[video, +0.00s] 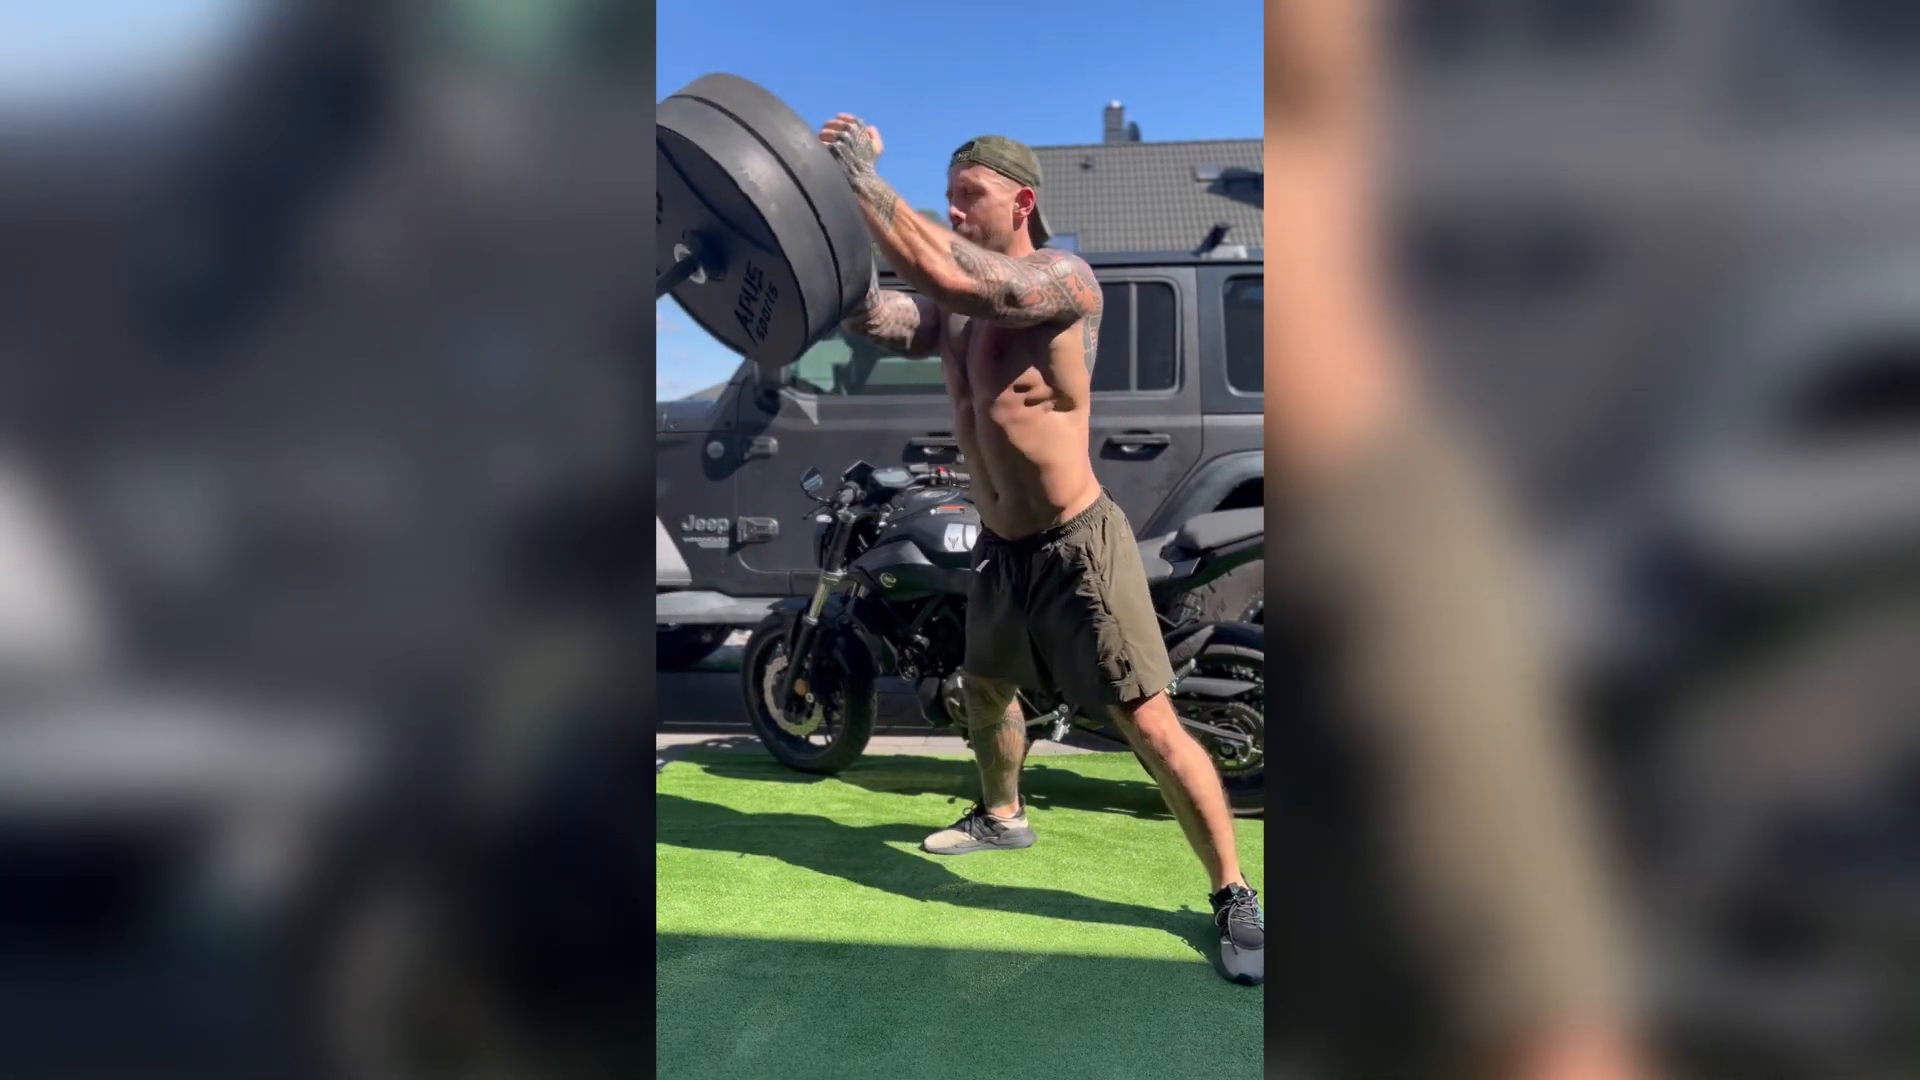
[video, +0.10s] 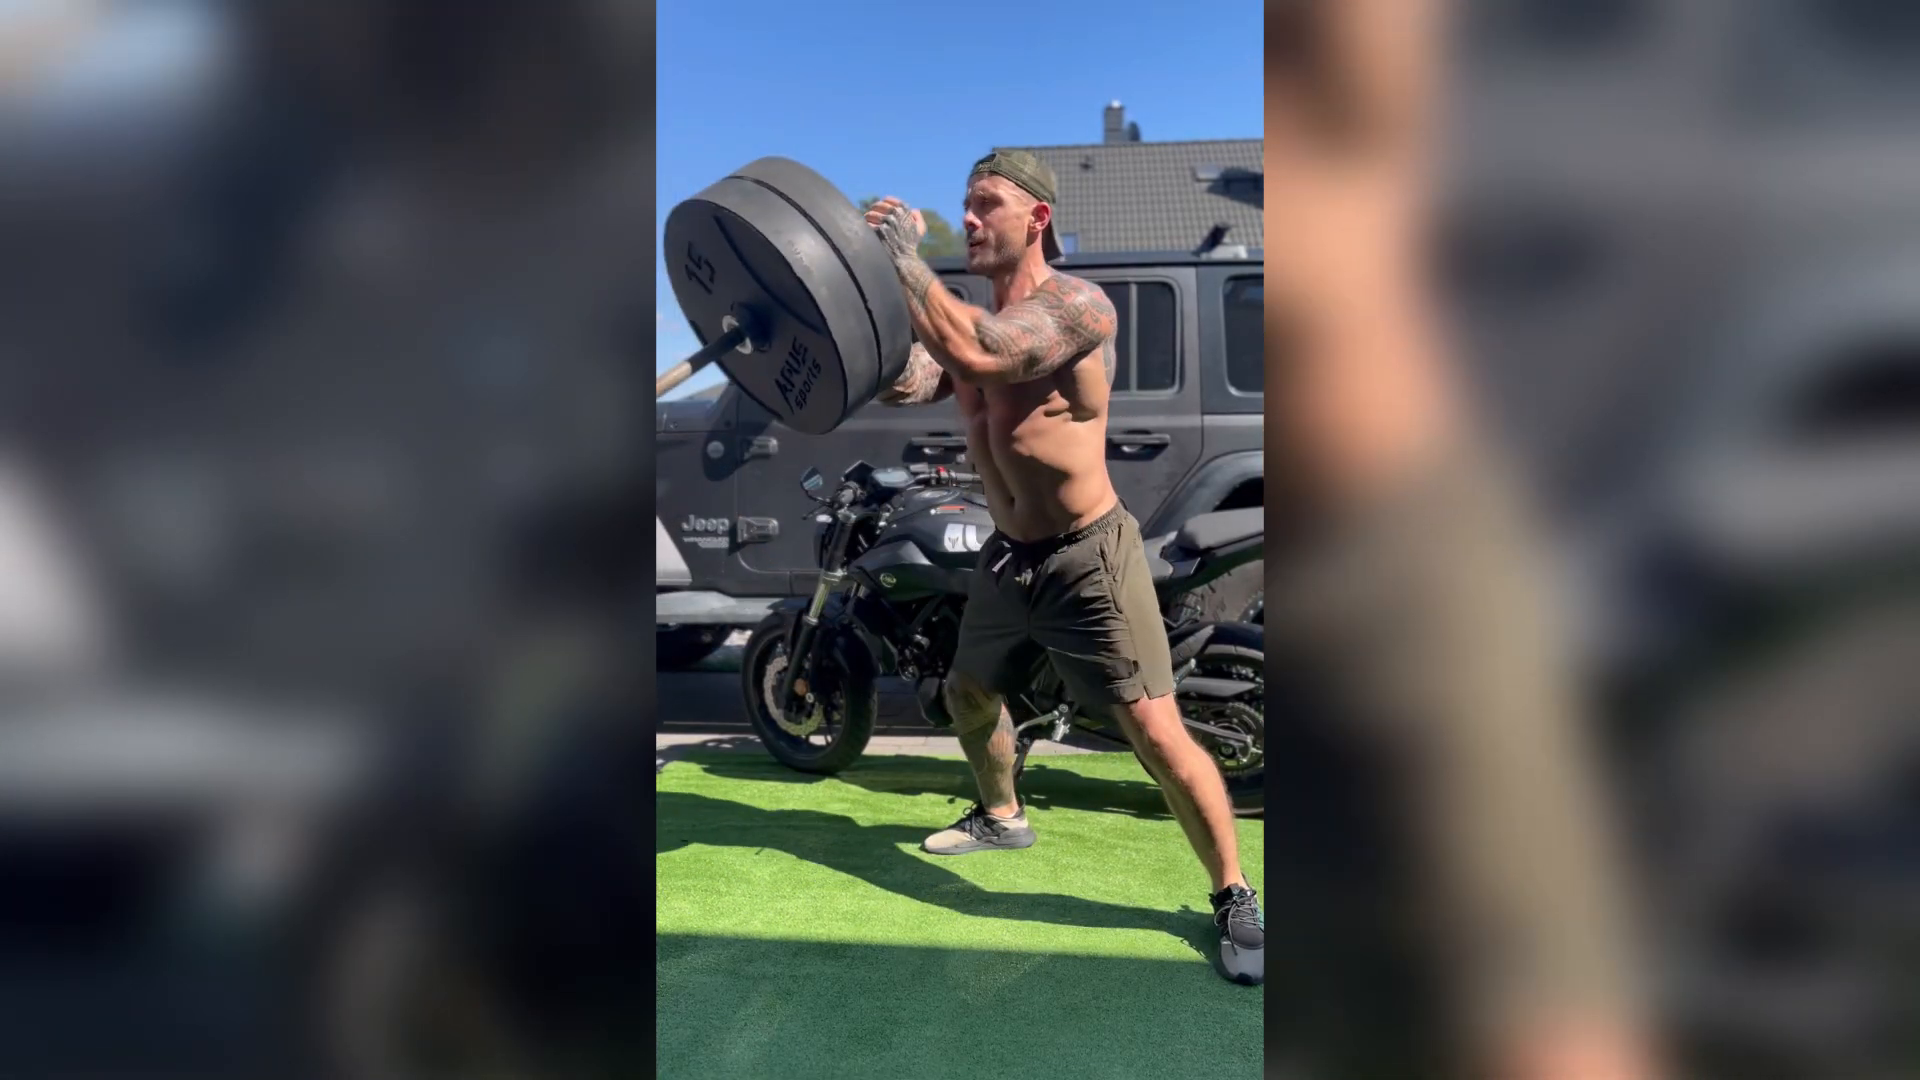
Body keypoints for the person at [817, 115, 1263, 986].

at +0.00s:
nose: (952, 212)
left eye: (968, 198)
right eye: (948, 199)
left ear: (1022, 204)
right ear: (954, 205)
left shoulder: (1067, 277)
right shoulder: (949, 297)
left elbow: (958, 277)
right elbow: (873, 317)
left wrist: (861, 178)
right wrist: (813, 236)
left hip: (1079, 541)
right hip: (1000, 549)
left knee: (1149, 724)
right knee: (988, 693)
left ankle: (1234, 893)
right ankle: (1001, 818)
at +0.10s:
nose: (969, 219)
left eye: (987, 206)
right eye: (966, 207)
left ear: (1038, 217)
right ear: (969, 225)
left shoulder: (1080, 303)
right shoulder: (964, 320)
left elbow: (982, 351)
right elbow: (905, 381)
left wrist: (907, 261)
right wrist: (851, 297)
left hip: (1092, 547)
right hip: (1007, 552)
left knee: (1152, 727)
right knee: (969, 697)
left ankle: (1234, 896)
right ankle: (1002, 817)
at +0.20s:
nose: (972, 263)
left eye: (990, 249)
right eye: (972, 250)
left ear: (1042, 261)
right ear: (981, 268)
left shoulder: (1088, 350)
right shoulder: (988, 359)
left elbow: (1004, 439)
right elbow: (937, 450)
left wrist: (944, 345)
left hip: (1113, 570)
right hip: (1030, 575)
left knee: (1162, 739)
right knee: (954, 694)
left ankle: (1235, 898)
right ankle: (1002, 818)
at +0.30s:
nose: (983, 320)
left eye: (1000, 307)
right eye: (982, 307)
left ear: (1048, 319)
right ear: (985, 318)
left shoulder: (1099, 405)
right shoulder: (988, 404)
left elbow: (1034, 513)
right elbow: (954, 522)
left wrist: (973, 425)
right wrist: (927, 432)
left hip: (1130, 600)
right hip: (1046, 602)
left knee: (1165, 744)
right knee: (947, 696)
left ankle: (1237, 899)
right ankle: (999, 816)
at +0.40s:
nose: (991, 375)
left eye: (1009, 363)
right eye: (990, 362)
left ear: (1056, 377)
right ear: (987, 371)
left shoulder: (1109, 461)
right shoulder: (996, 453)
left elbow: (1057, 582)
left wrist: (997, 492)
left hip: (1142, 629)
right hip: (1054, 627)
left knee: (1160, 749)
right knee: (947, 699)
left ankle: (1237, 899)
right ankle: (996, 818)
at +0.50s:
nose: (995, 423)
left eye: (1012, 411)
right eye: (992, 411)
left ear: (1058, 424)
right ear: (988, 421)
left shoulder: (1116, 506)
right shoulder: (998, 499)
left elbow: (1070, 634)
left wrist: (1012, 543)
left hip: (1151, 656)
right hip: (1060, 657)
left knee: (1165, 750)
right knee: (947, 698)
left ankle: (1237, 901)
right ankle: (1000, 820)